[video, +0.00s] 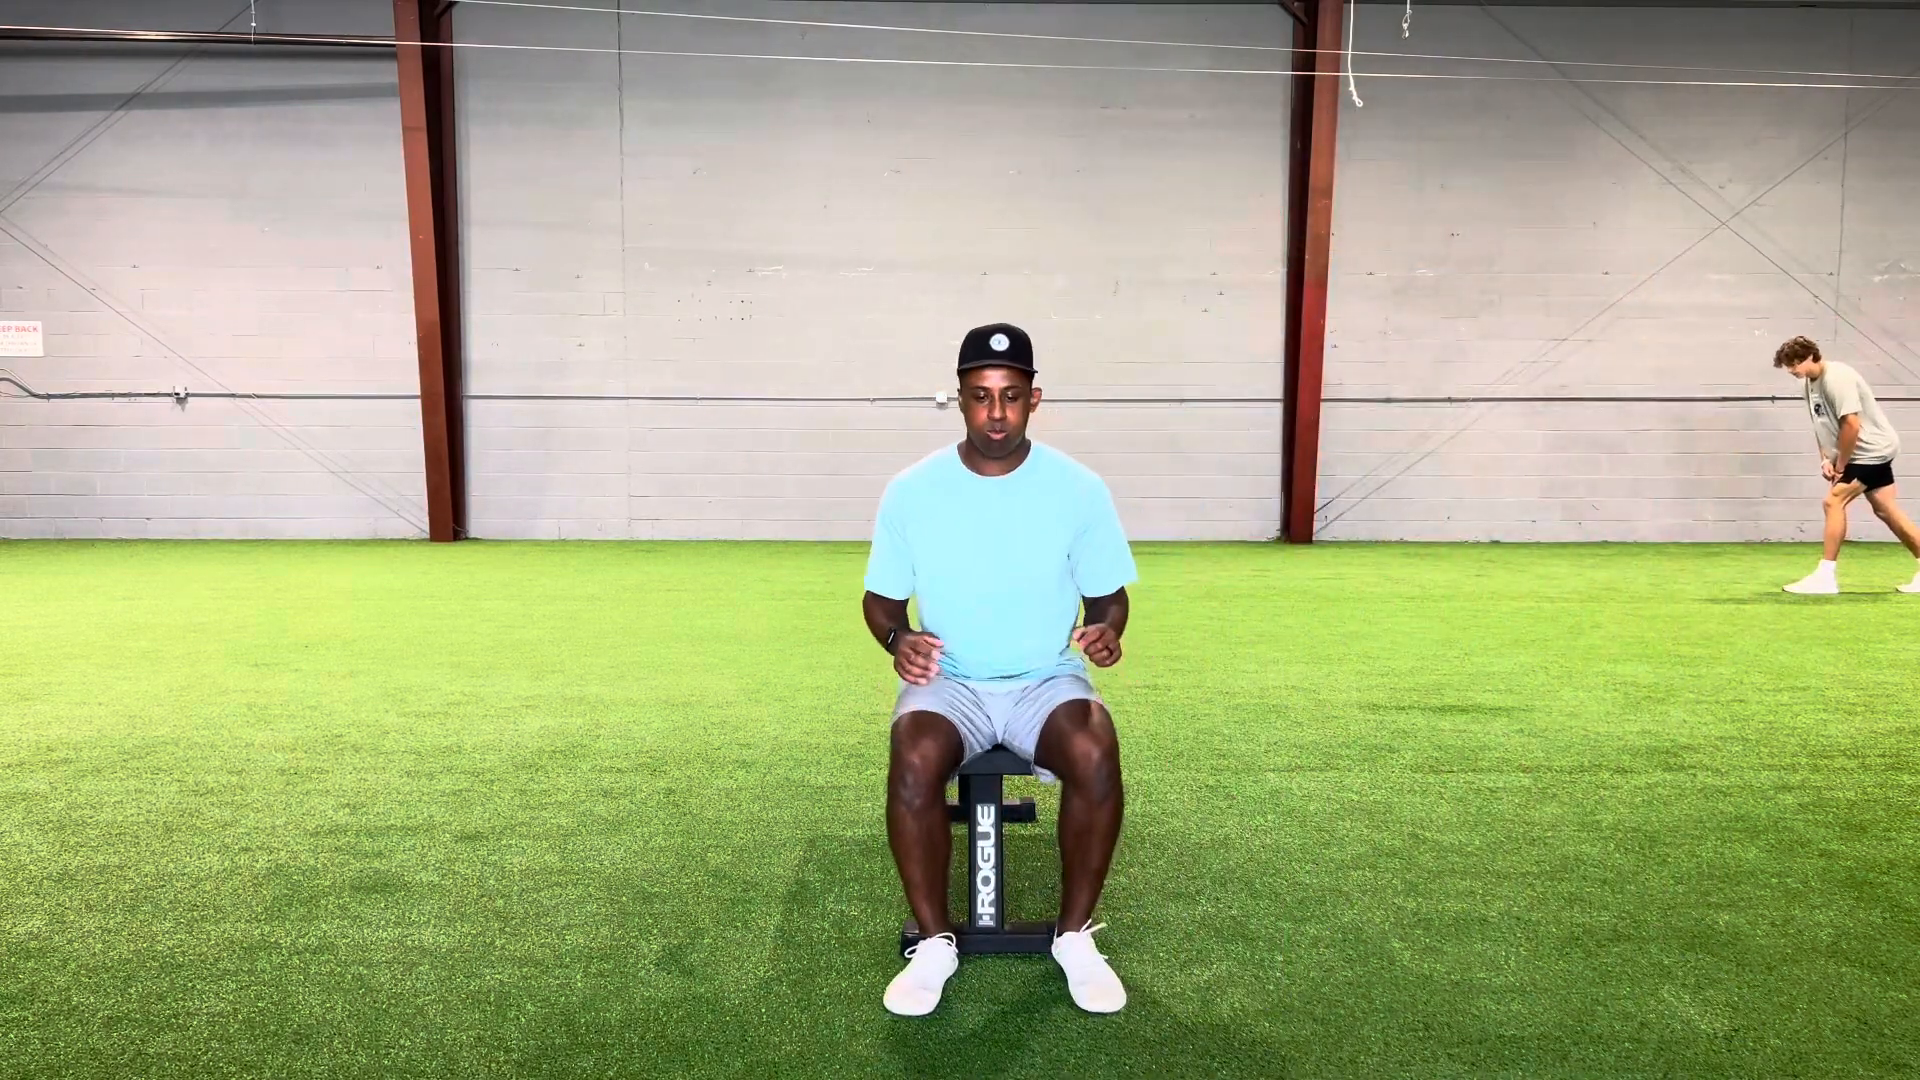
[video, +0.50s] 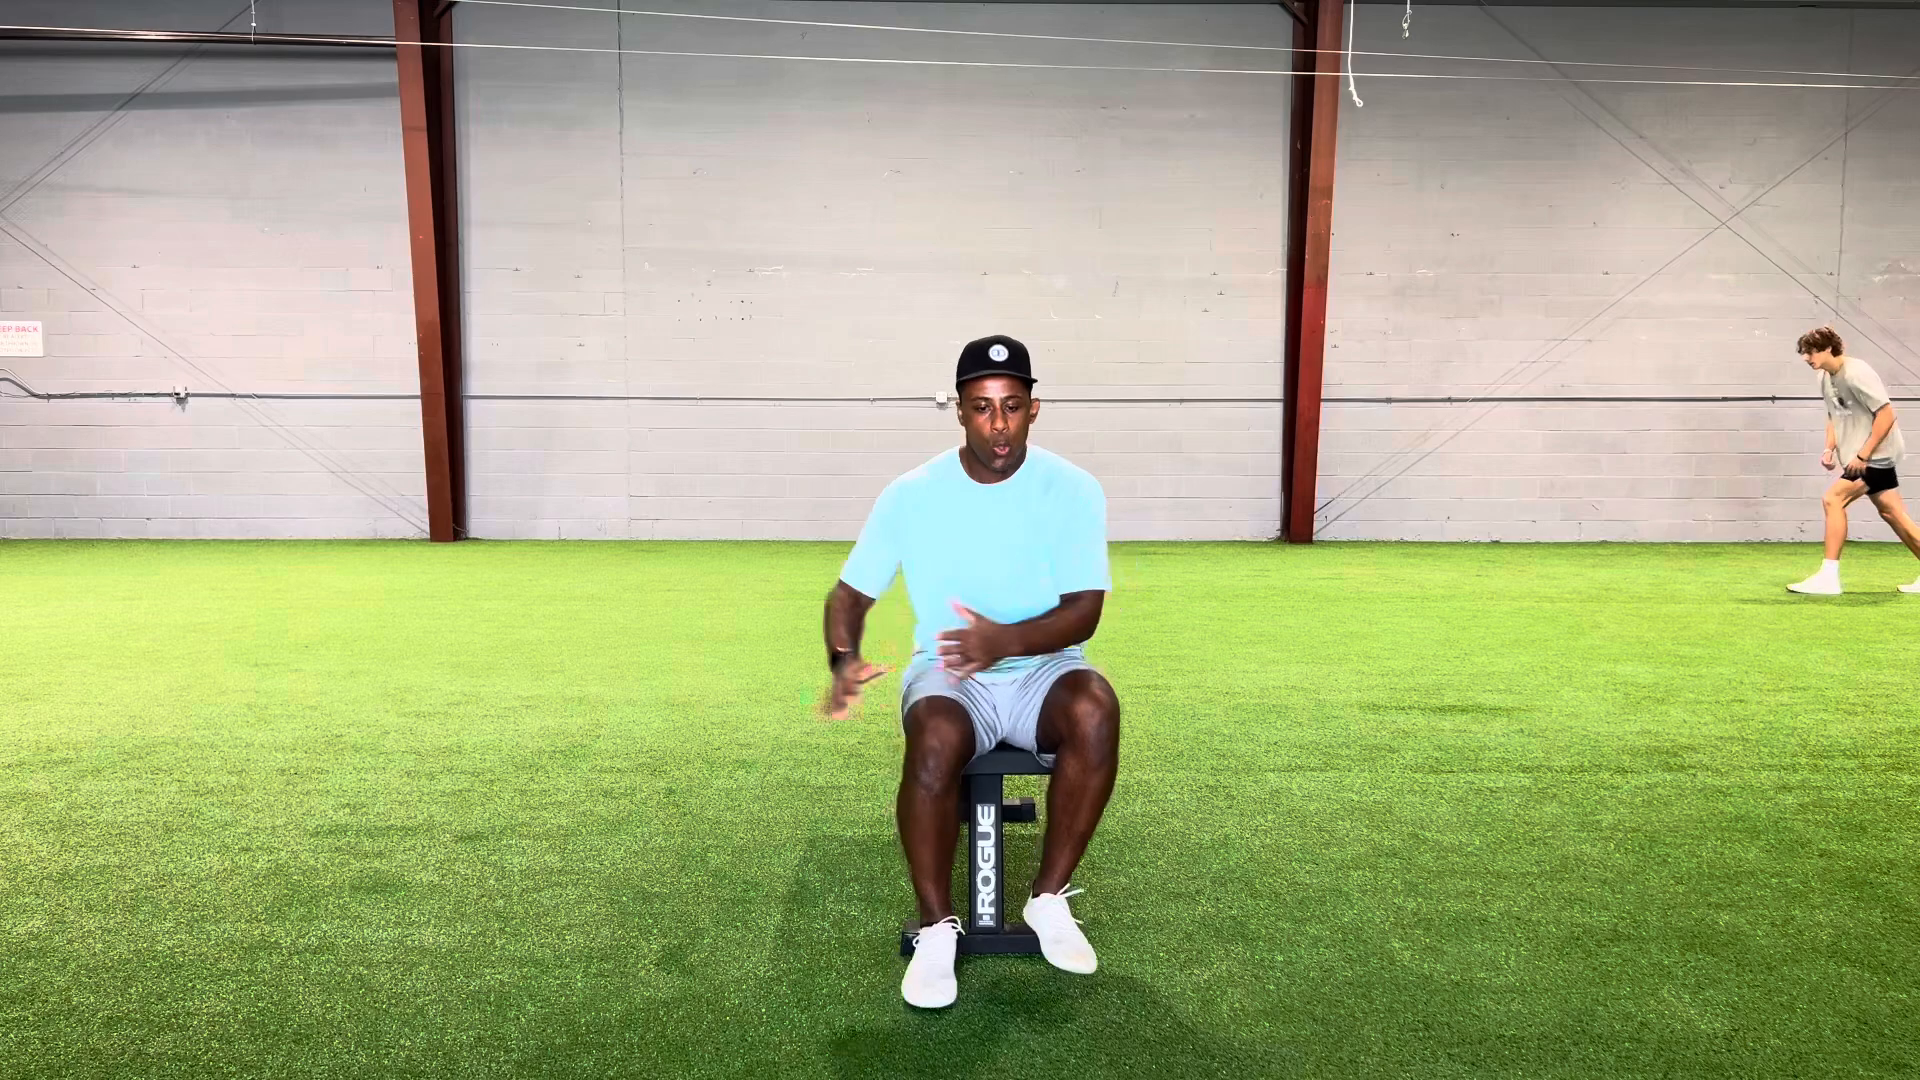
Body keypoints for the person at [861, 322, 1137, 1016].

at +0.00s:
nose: (996, 412)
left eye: (1012, 396)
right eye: (981, 397)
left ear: (1033, 401)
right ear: (960, 402)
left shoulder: (1078, 490)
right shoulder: (911, 493)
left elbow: (1108, 590)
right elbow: (880, 599)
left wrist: (1106, 629)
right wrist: (897, 639)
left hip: (1047, 682)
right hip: (946, 684)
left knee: (1094, 751)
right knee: (913, 760)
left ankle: (1074, 935)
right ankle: (934, 940)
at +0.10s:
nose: (994, 408)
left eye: (1007, 393)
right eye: (978, 394)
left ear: (1029, 398)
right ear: (957, 402)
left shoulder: (1076, 490)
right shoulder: (912, 493)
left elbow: (1110, 590)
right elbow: (877, 606)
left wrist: (1119, 619)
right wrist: (906, 633)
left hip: (1044, 672)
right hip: (946, 679)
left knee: (1092, 721)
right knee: (916, 745)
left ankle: (1066, 910)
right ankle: (932, 931)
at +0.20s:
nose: (993, 406)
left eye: (1006, 391)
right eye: (977, 392)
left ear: (1027, 397)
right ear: (957, 402)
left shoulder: (1075, 488)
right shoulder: (913, 492)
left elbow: (1118, 600)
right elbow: (880, 612)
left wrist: (1131, 594)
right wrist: (922, 616)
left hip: (1043, 667)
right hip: (949, 673)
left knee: (1091, 689)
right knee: (914, 726)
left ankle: (1052, 884)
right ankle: (931, 919)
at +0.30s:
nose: (992, 408)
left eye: (1005, 392)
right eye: (976, 394)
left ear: (1026, 398)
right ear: (955, 403)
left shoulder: (1073, 483)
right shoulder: (912, 493)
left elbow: (1115, 602)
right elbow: (885, 615)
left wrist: (1122, 586)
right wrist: (930, 606)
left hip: (1046, 669)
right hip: (951, 675)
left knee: (1089, 682)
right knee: (912, 713)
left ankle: (1044, 876)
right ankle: (933, 907)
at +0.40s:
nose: (993, 410)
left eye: (1006, 394)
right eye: (976, 396)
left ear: (1026, 401)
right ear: (955, 405)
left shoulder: (1073, 483)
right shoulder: (912, 495)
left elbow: (1109, 593)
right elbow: (884, 610)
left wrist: (1083, 607)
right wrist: (909, 632)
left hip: (1043, 674)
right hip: (949, 677)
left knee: (1089, 692)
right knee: (921, 721)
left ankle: (1042, 887)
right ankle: (932, 911)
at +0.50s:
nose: (998, 426)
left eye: (1012, 408)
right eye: (982, 409)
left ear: (1033, 410)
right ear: (959, 412)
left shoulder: (1074, 492)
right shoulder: (909, 497)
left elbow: (1084, 614)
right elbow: (848, 596)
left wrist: (1009, 639)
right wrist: (844, 656)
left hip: (1042, 673)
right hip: (946, 675)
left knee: (1095, 707)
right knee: (935, 741)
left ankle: (1050, 896)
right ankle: (935, 926)